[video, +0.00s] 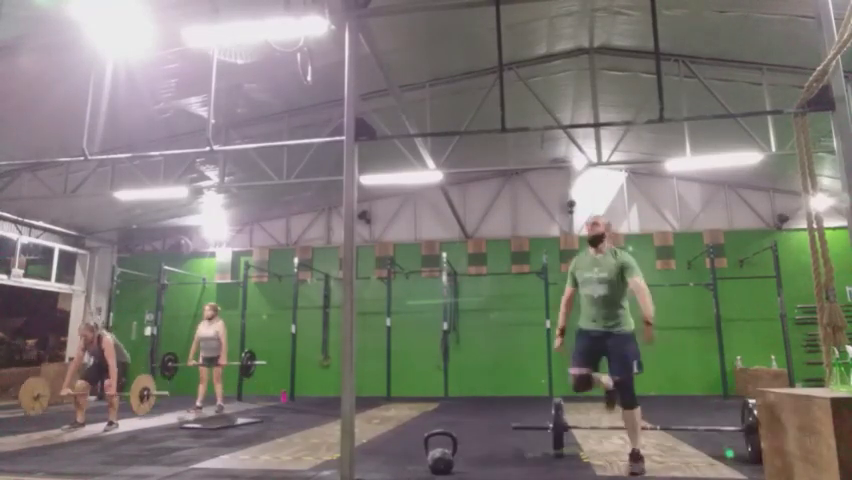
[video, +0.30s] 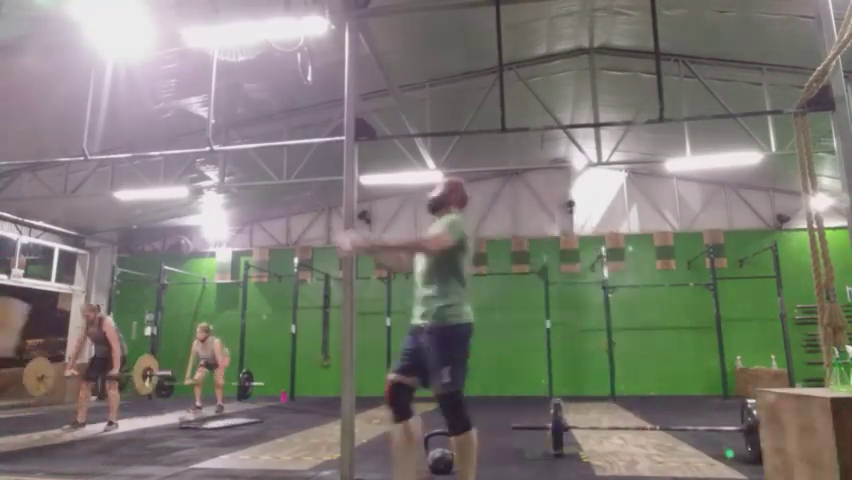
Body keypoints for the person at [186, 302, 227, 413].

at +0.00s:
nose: (206, 313)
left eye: (208, 310)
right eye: (205, 310)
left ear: (214, 312)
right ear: (204, 312)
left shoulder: (219, 324)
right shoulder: (201, 324)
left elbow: (223, 341)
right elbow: (195, 341)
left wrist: (223, 357)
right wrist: (191, 357)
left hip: (216, 353)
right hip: (203, 354)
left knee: (217, 379)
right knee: (202, 379)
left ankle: (219, 402)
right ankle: (198, 403)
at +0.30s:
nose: (199, 335)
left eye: (202, 332)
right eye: (198, 332)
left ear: (207, 333)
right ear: (197, 333)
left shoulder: (215, 342)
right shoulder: (196, 343)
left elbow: (219, 357)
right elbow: (192, 359)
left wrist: (221, 374)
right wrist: (188, 376)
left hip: (217, 362)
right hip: (205, 362)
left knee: (219, 382)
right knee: (197, 380)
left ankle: (219, 403)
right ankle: (198, 404)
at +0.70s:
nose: (207, 314)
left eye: (209, 312)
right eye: (206, 311)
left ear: (213, 313)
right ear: (203, 312)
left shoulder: (215, 328)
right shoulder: (201, 328)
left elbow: (217, 345)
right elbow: (195, 344)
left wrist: (218, 357)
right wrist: (192, 357)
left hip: (213, 358)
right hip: (203, 359)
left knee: (211, 381)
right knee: (202, 380)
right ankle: (199, 401)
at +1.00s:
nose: (198, 335)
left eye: (201, 333)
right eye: (197, 333)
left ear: (207, 334)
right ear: (195, 333)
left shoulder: (215, 342)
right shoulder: (196, 343)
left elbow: (220, 362)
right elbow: (191, 361)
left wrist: (219, 378)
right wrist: (186, 378)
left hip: (220, 360)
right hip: (205, 361)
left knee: (218, 381)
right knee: (196, 378)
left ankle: (219, 404)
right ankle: (198, 404)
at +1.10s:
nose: (196, 348)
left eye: (198, 346)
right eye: (195, 346)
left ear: (204, 346)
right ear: (194, 346)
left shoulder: (213, 353)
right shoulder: (194, 354)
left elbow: (217, 371)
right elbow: (190, 371)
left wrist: (219, 392)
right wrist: (184, 389)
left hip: (220, 365)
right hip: (205, 368)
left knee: (215, 380)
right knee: (194, 379)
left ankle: (219, 403)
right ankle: (197, 404)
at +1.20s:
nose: (197, 338)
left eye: (199, 336)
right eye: (196, 335)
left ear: (205, 336)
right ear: (195, 336)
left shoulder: (214, 343)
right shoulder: (195, 344)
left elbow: (219, 362)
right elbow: (191, 361)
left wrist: (220, 382)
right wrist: (186, 378)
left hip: (218, 360)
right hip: (204, 362)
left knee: (218, 383)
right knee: (197, 379)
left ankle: (219, 404)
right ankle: (198, 404)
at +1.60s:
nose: (203, 319)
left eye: (206, 317)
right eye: (202, 316)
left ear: (211, 318)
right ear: (201, 318)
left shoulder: (218, 329)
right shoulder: (199, 330)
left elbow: (222, 346)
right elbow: (195, 346)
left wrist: (223, 363)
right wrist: (190, 363)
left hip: (217, 356)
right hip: (204, 356)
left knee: (218, 378)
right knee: (200, 376)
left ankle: (219, 402)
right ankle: (198, 403)